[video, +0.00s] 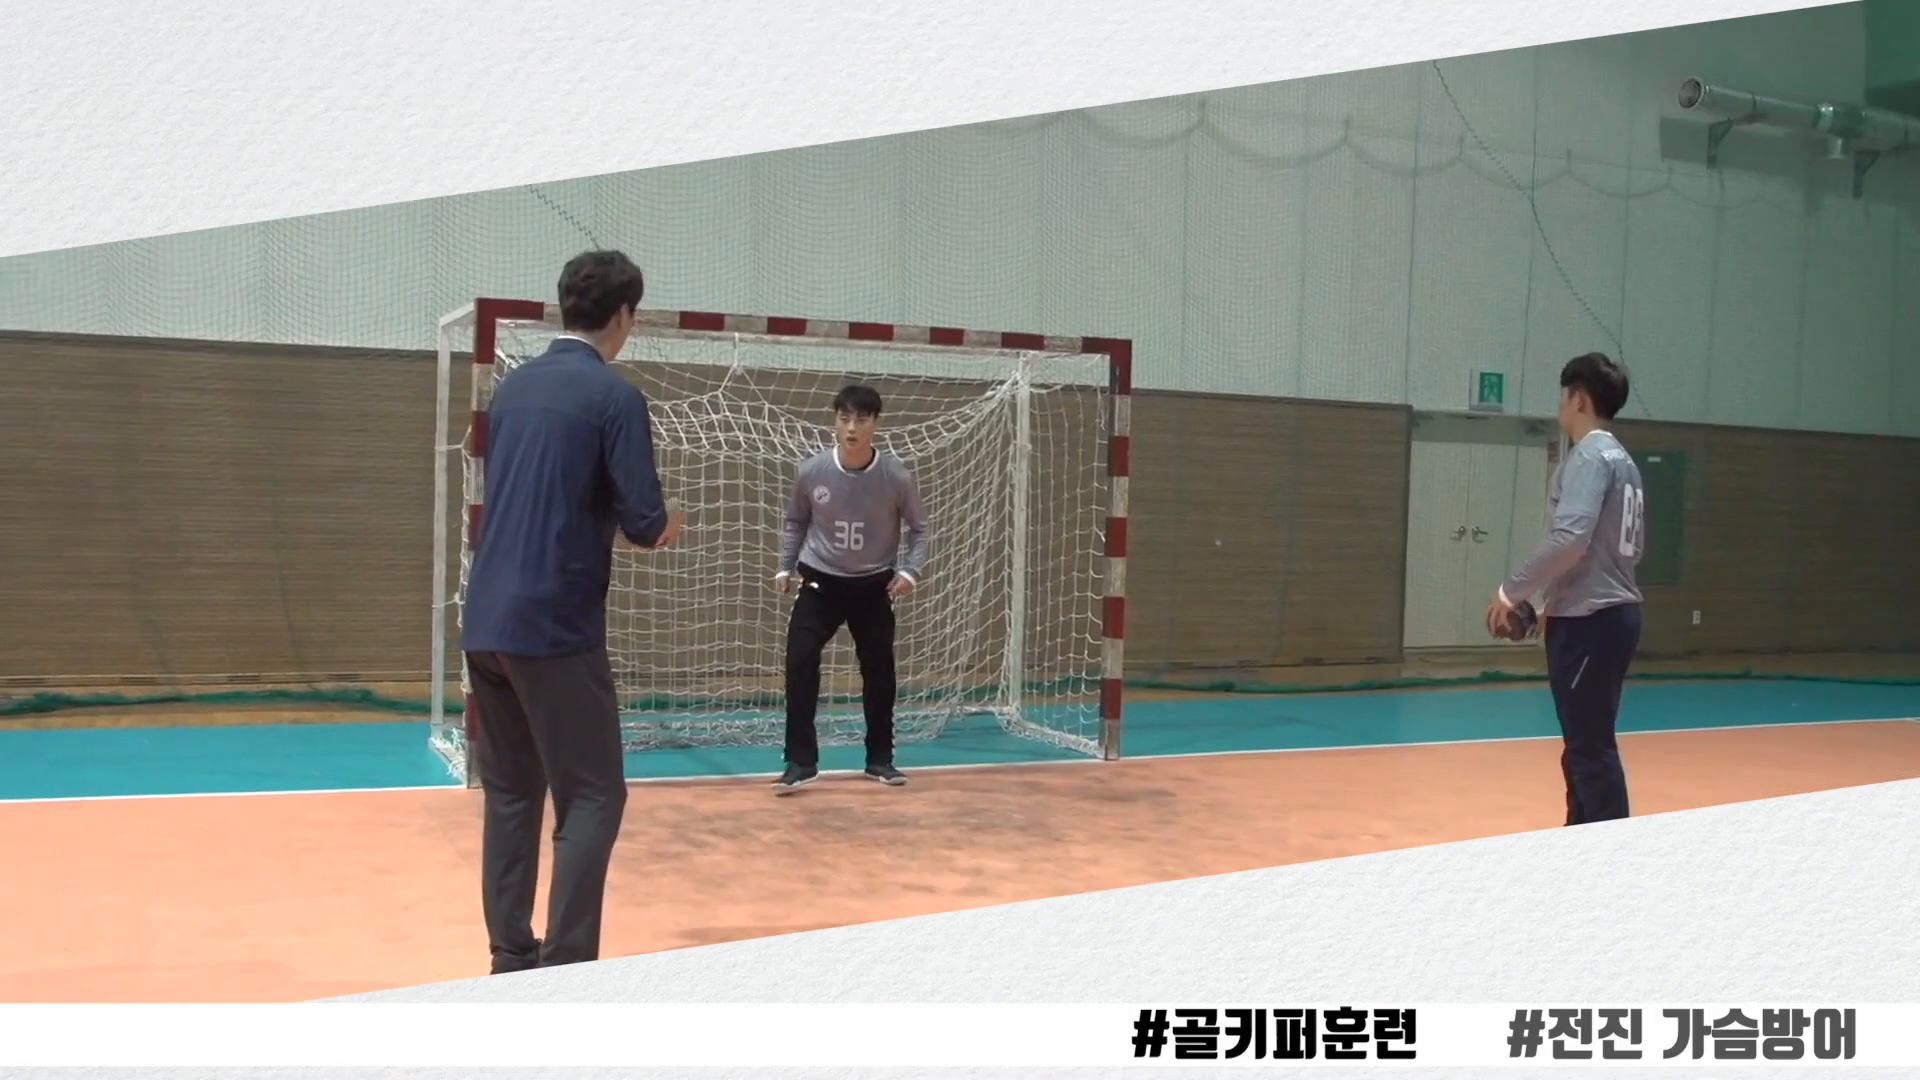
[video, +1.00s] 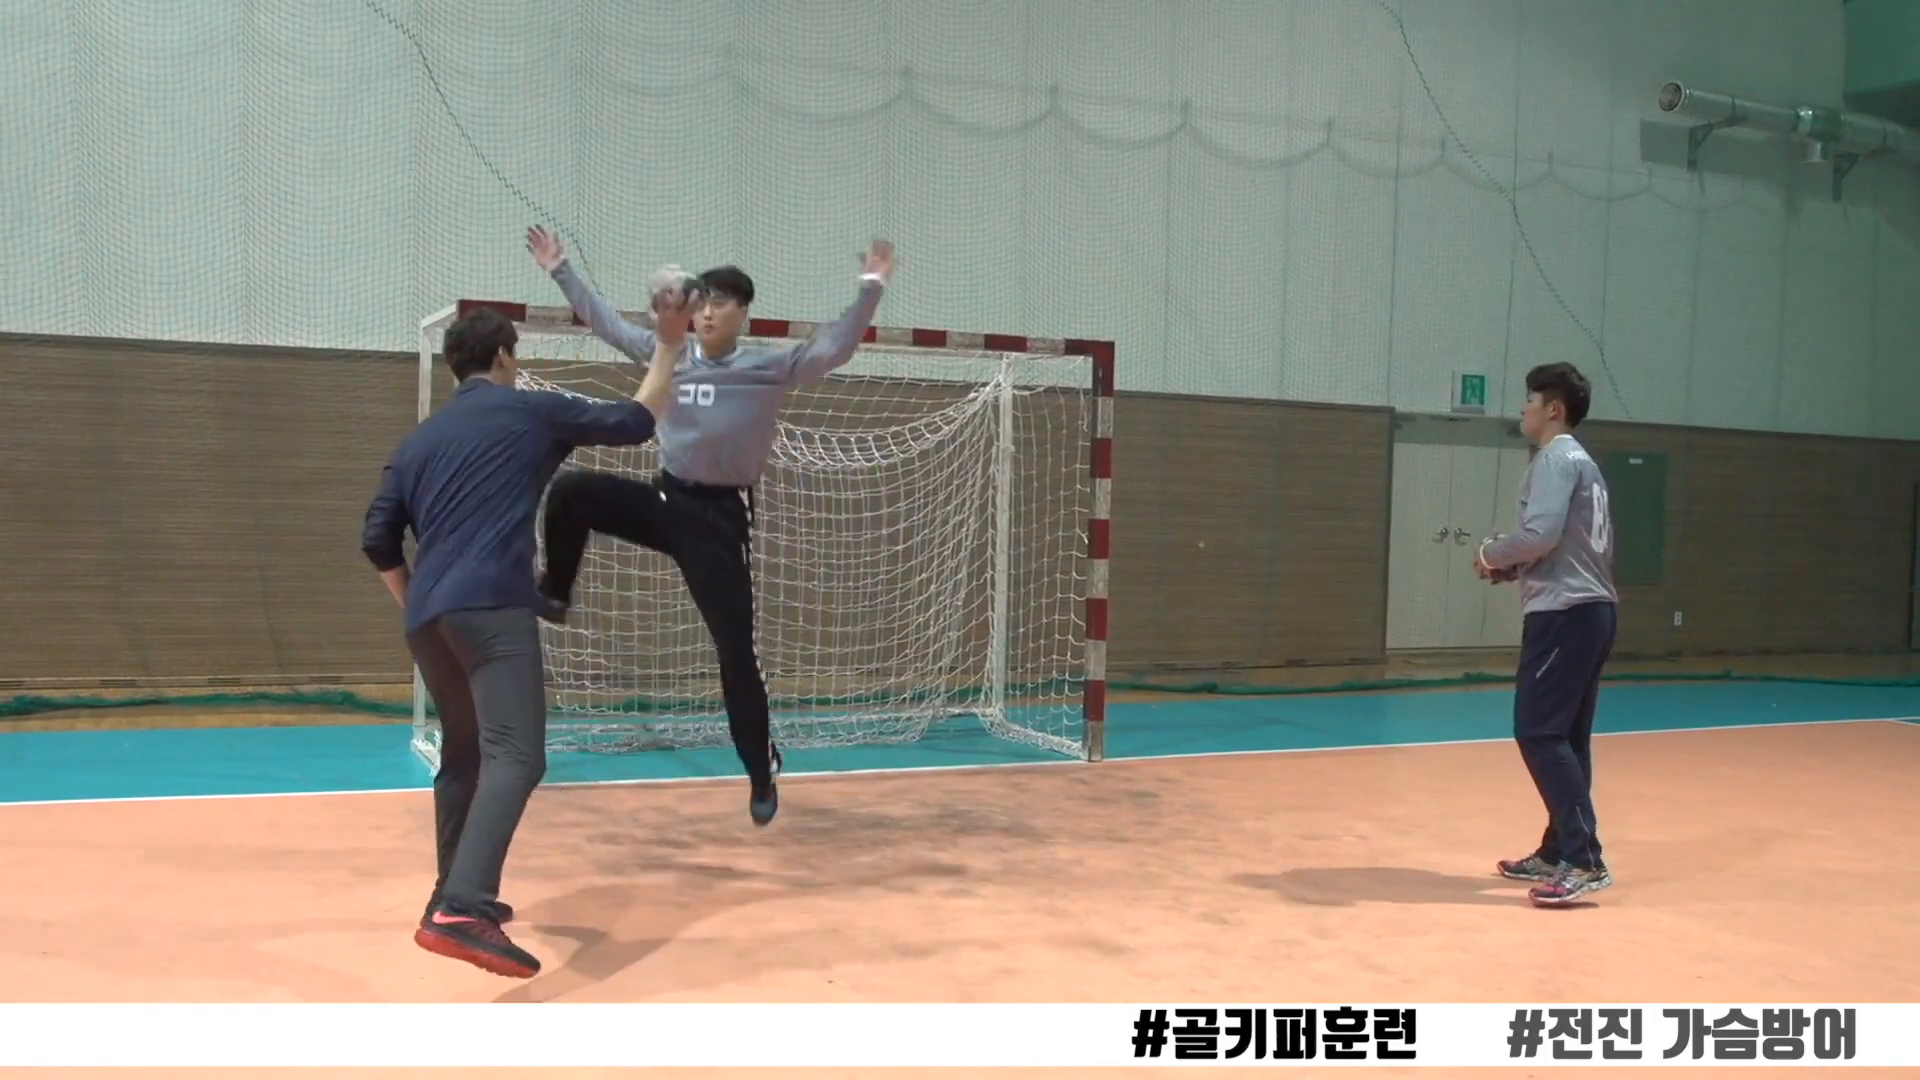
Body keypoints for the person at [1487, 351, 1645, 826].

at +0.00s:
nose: (1561, 408)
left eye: (1563, 398)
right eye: (1562, 398)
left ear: (1579, 399)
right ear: (1602, 404)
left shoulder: (1590, 454)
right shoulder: (1622, 459)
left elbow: (1570, 539)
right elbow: (1618, 552)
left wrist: (1511, 590)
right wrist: (1553, 605)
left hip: (1588, 621)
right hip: (1612, 618)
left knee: (1588, 752)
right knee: (1588, 750)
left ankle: (1607, 860)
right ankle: (1583, 857)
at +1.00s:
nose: (1523, 408)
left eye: (1531, 399)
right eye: (1527, 399)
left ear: (1555, 407)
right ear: (1562, 410)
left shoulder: (1557, 456)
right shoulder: (1581, 462)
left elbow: (1541, 537)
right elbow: (1571, 551)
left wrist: (1492, 556)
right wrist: (1513, 567)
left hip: (1565, 612)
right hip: (1590, 611)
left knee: (1537, 731)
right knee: (1569, 734)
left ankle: (1584, 862)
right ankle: (1558, 852)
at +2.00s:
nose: (1515, 407)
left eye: (1525, 398)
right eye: (1517, 398)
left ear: (1555, 406)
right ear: (1541, 407)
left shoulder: (1584, 464)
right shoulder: (1531, 473)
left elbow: (1597, 547)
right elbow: (1535, 545)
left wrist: (1515, 553)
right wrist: (1500, 551)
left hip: (1588, 627)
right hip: (1544, 627)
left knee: (1574, 749)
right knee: (1542, 747)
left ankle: (1594, 877)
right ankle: (1556, 853)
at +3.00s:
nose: (1435, 435)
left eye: (1440, 428)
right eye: (1438, 427)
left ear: (1455, 432)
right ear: (1474, 436)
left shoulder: (1456, 471)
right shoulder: (1487, 483)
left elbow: (1393, 437)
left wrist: (1381, 379)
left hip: (1484, 631)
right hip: (1478, 630)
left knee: (1508, 747)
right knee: (1432, 721)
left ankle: (1573, 863)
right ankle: (1427, 831)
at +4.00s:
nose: (1450, 421)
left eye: (1453, 413)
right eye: (1453, 413)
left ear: (1465, 414)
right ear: (1493, 419)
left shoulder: (1469, 463)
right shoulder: (1514, 475)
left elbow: (1457, 528)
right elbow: (1537, 552)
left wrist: (1399, 560)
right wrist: (1558, 621)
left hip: (1481, 614)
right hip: (1502, 613)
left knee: (1475, 736)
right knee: (1450, 727)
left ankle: (1522, 861)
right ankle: (1430, 829)